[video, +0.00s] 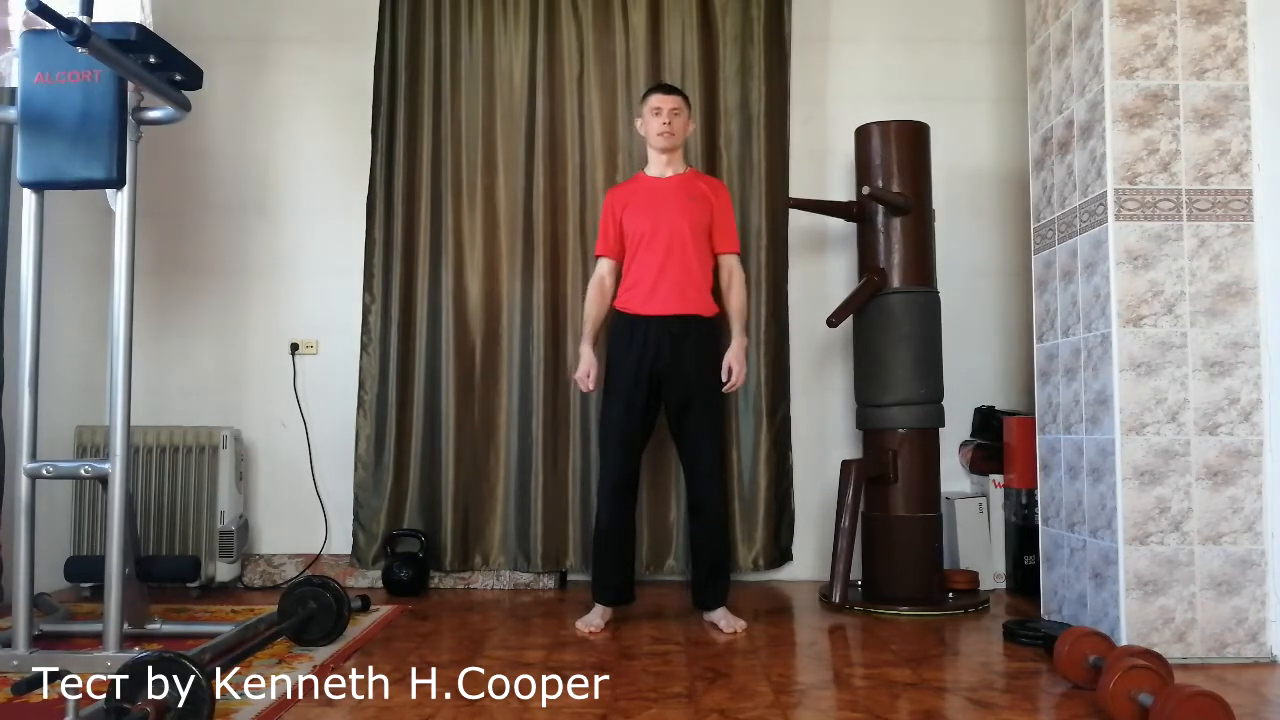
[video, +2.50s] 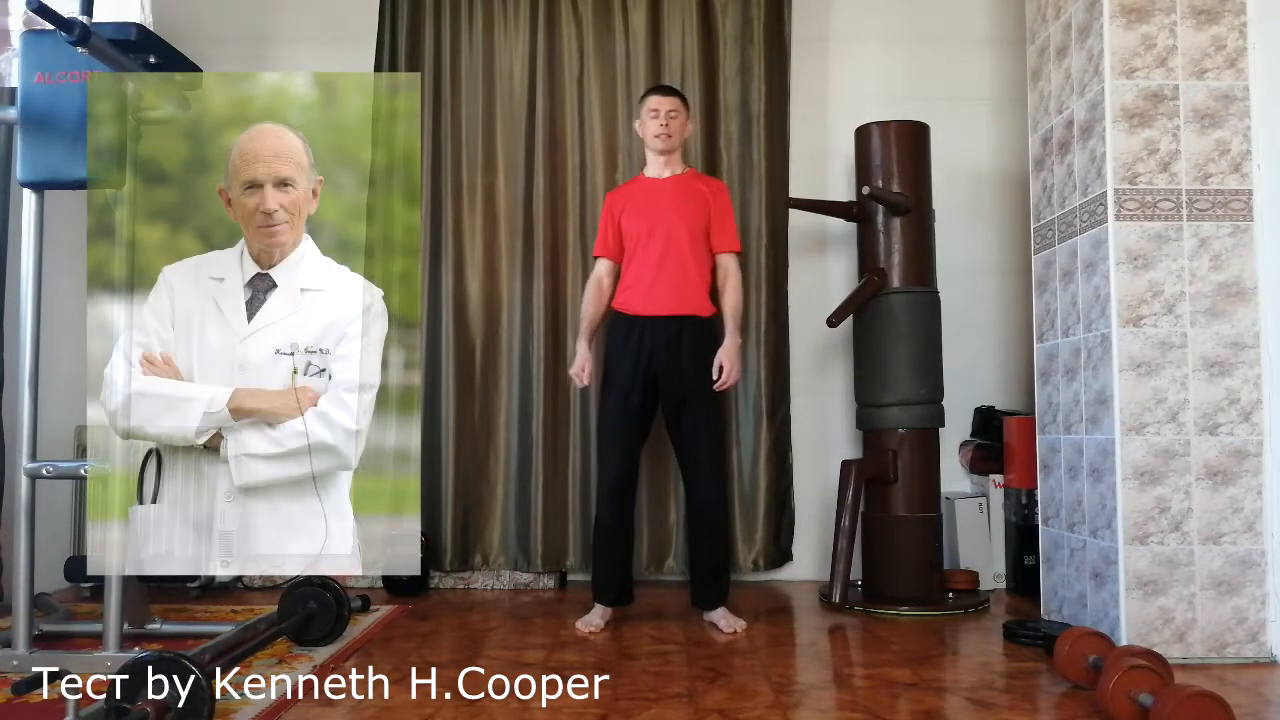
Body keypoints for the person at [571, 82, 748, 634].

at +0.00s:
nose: (665, 120)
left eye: (675, 112)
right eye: (655, 113)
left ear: (690, 126)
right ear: (640, 126)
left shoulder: (712, 192)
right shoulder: (620, 197)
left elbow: (731, 272)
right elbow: (604, 276)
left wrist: (738, 338)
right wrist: (587, 343)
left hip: (697, 340)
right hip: (631, 339)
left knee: (706, 474)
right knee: (617, 473)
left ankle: (712, 601)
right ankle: (607, 598)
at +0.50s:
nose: (669, 122)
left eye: (679, 114)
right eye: (659, 114)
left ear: (693, 127)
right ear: (643, 127)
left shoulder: (715, 193)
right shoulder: (624, 198)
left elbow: (732, 272)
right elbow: (608, 275)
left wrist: (732, 334)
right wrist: (594, 340)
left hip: (698, 339)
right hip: (633, 339)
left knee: (707, 475)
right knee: (618, 473)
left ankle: (712, 602)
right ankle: (608, 599)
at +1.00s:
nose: (672, 122)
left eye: (682, 115)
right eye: (662, 115)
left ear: (696, 127)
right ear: (645, 126)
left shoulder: (716, 194)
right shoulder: (625, 198)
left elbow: (734, 272)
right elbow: (609, 275)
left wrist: (738, 340)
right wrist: (593, 343)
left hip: (699, 340)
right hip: (635, 339)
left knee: (709, 474)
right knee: (619, 472)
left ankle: (712, 601)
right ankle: (608, 598)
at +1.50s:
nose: (675, 123)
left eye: (685, 115)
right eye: (665, 115)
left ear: (701, 128)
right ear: (648, 127)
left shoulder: (720, 192)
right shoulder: (629, 199)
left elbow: (738, 272)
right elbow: (615, 276)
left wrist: (740, 338)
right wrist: (599, 342)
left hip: (704, 340)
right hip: (640, 338)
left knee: (712, 475)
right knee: (623, 473)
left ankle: (714, 602)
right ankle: (609, 598)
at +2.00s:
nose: (673, 122)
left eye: (683, 115)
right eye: (663, 114)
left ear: (698, 128)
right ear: (646, 128)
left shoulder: (719, 192)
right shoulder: (627, 197)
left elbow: (737, 271)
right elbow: (610, 274)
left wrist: (738, 336)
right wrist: (593, 338)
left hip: (702, 339)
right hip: (637, 338)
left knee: (711, 474)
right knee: (622, 472)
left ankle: (714, 602)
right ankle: (609, 597)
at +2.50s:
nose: (663, 122)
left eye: (673, 114)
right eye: (653, 114)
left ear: (688, 127)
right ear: (638, 128)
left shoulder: (711, 191)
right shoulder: (619, 199)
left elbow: (728, 272)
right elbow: (603, 276)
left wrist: (731, 339)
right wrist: (584, 339)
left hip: (694, 340)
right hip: (628, 340)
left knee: (706, 475)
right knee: (615, 473)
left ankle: (711, 601)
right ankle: (607, 599)